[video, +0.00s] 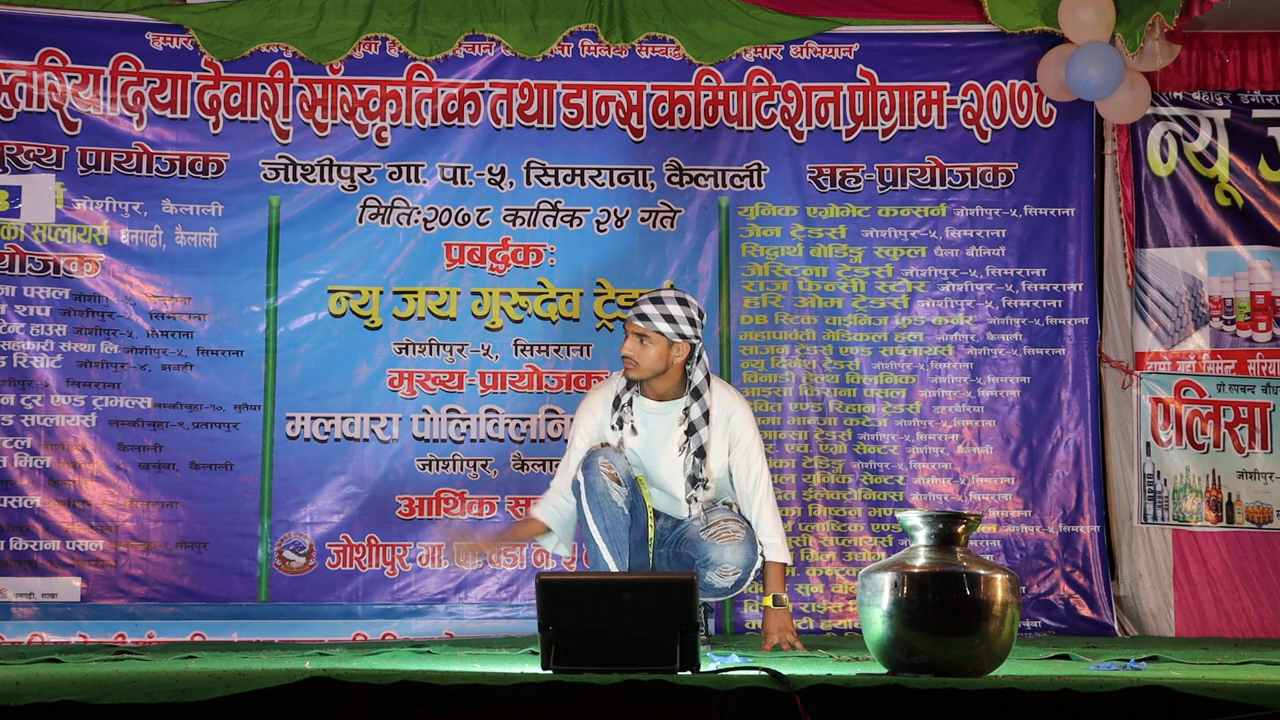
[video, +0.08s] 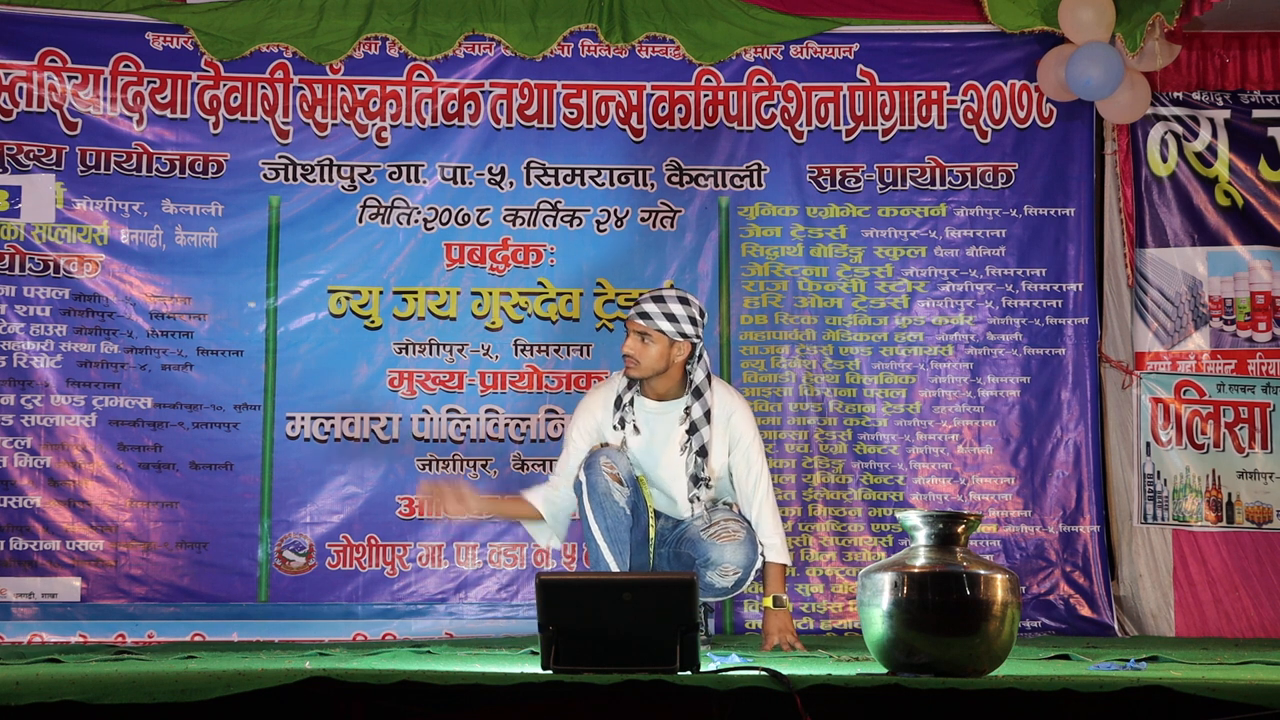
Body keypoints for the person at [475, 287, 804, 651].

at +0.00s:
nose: (625, 350)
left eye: (641, 340)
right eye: (627, 336)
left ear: (679, 351)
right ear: (625, 336)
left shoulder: (728, 408)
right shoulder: (603, 402)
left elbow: (761, 502)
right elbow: (562, 498)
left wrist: (776, 602)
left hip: (695, 541)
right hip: (629, 534)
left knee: (731, 539)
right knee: (601, 462)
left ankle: (691, 614)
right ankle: (618, 605)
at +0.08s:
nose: (627, 347)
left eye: (642, 338)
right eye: (627, 334)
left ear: (680, 350)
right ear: (625, 336)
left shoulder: (728, 409)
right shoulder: (603, 401)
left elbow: (761, 505)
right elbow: (558, 497)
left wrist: (777, 605)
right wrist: (480, 503)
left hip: (693, 536)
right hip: (633, 532)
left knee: (734, 542)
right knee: (604, 461)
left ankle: (681, 614)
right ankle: (623, 607)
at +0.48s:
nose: (630, 346)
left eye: (647, 338)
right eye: (631, 333)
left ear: (684, 351)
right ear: (628, 334)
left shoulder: (727, 411)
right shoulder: (603, 399)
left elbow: (762, 505)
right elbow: (559, 492)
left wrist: (778, 607)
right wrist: (497, 472)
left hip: (695, 534)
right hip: (634, 530)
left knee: (736, 555)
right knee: (605, 463)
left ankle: (679, 611)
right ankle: (627, 607)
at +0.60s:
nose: (628, 348)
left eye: (645, 340)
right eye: (629, 336)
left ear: (681, 353)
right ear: (625, 335)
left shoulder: (727, 410)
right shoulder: (604, 400)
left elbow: (762, 503)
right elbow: (559, 473)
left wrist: (778, 604)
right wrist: (535, 490)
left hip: (697, 537)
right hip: (634, 529)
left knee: (736, 550)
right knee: (601, 461)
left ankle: (684, 610)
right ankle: (619, 603)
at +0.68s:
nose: (629, 352)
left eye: (646, 344)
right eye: (629, 339)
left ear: (683, 355)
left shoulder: (728, 410)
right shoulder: (603, 402)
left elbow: (763, 504)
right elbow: (547, 496)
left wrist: (778, 604)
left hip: (695, 541)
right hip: (632, 535)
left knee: (735, 549)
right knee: (603, 462)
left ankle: (683, 609)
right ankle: (617, 602)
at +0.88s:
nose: (657, 379)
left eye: (672, 367)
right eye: (648, 362)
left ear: (697, 363)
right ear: (636, 353)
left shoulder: (728, 412)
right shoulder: (604, 406)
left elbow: (763, 502)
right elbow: (551, 491)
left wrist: (778, 606)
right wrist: (535, 588)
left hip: (693, 541)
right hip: (630, 532)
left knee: (736, 546)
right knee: (603, 462)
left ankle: (690, 610)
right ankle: (622, 604)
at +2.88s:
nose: (660, 422)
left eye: (670, 412)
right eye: (649, 413)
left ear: (688, 391)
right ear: (630, 393)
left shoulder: (725, 414)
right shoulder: (594, 411)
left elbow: (757, 507)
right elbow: (552, 502)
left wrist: (775, 606)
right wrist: (532, 600)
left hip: (691, 536)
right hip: (627, 533)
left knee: (728, 553)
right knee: (595, 467)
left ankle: (690, 608)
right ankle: (622, 604)